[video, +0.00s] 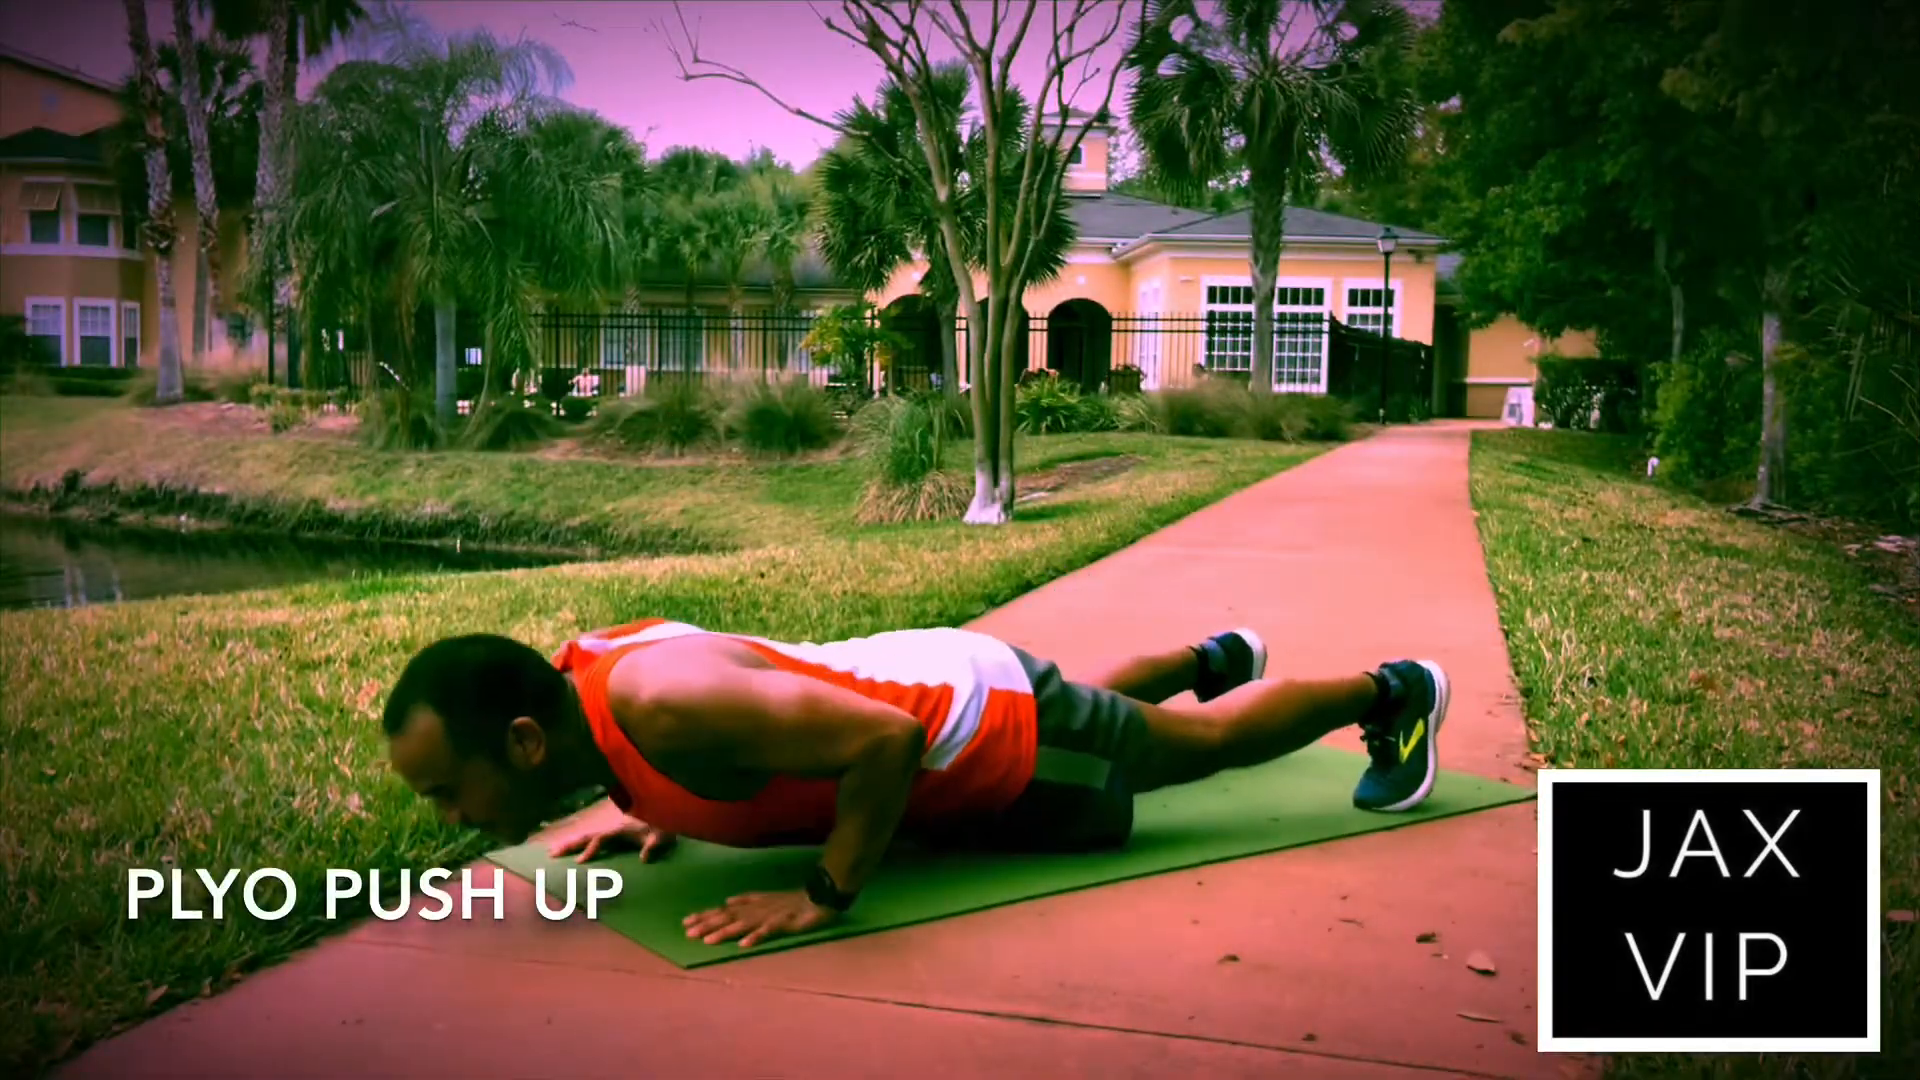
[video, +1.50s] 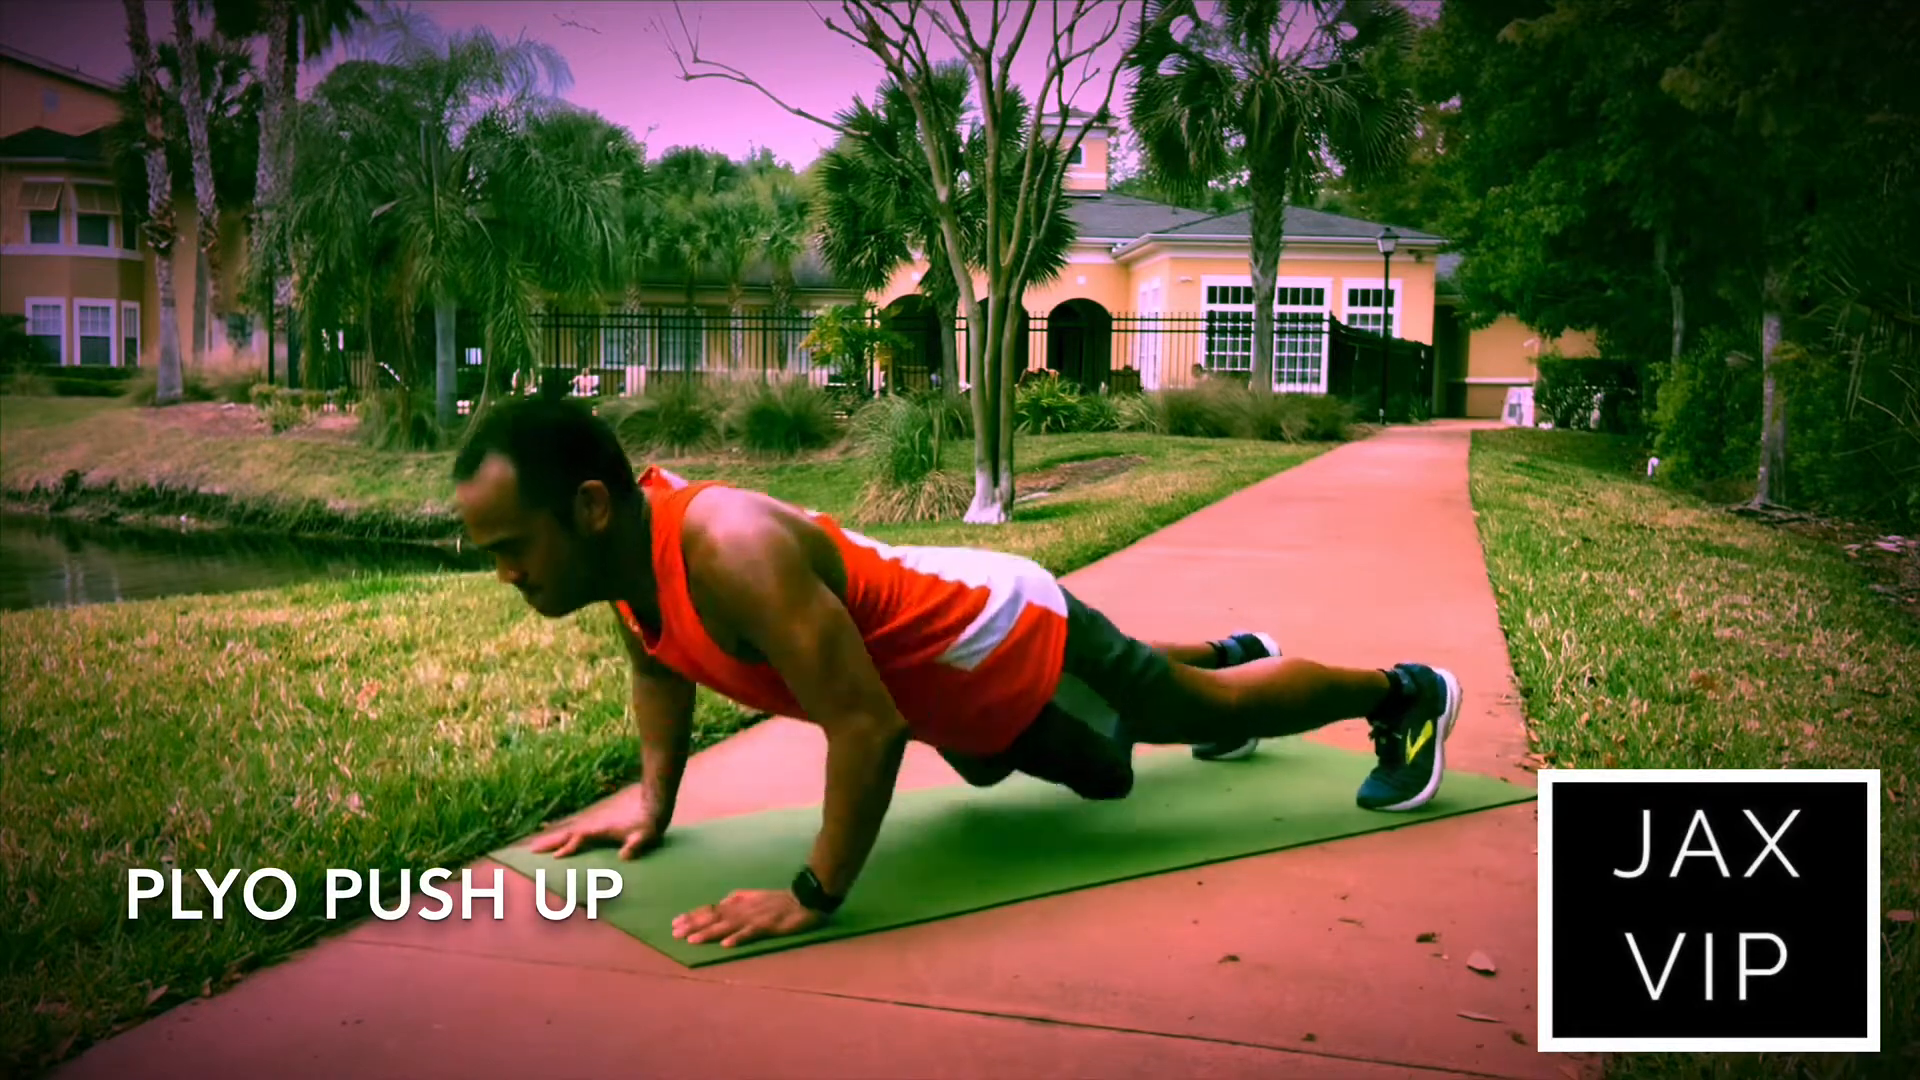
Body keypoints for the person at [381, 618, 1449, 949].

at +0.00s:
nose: (441, 817)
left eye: (446, 793)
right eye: (427, 797)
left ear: (524, 741)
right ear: (516, 732)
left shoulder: (677, 712)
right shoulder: (578, 672)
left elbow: (885, 743)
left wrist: (824, 898)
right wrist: (656, 818)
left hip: (1001, 729)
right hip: (923, 671)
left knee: (1203, 736)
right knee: (1061, 692)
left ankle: (1391, 690)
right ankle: (1209, 659)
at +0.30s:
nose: (529, 508)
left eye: (537, 482)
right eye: (516, 487)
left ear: (621, 447)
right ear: (592, 457)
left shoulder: (759, 503)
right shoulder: (644, 527)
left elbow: (856, 705)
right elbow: (670, 665)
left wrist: (826, 889)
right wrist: (664, 808)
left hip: (1041, 593)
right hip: (967, 647)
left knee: (1214, 683)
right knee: (1115, 699)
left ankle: (1410, 695)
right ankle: (1235, 697)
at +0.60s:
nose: (591, 442)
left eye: (590, 413)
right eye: (573, 420)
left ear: (662, 360)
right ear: (653, 360)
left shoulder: (839, 373)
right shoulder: (716, 396)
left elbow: (977, 534)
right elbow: (750, 491)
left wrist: (841, 641)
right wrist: (686, 594)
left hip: (1068, 537)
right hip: (986, 572)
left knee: (1236, 637)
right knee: (1122, 653)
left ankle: (1420, 696)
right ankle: (1253, 675)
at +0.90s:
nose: (474, 748)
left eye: (472, 726)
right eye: (457, 732)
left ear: (543, 666)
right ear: (529, 657)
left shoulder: (706, 634)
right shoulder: (599, 617)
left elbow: (892, 745)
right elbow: (673, 685)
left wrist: (821, 900)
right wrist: (652, 800)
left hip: (1018, 687)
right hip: (950, 649)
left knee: (1205, 719)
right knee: (1094, 675)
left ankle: (1394, 693)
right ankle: (1218, 651)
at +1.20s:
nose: (440, 844)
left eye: (443, 820)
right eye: (424, 824)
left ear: (518, 765)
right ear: (508, 750)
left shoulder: (660, 733)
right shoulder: (567, 698)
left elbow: (872, 745)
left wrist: (810, 897)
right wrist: (616, 819)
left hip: (992, 749)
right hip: (918, 700)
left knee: (1194, 753)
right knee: (1068, 716)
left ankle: (1383, 693)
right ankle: (1208, 662)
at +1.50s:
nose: (498, 575)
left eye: (504, 546)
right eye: (485, 554)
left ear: (592, 504)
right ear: (573, 514)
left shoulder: (734, 547)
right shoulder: (628, 564)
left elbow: (865, 725)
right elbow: (661, 669)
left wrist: (814, 897)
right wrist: (653, 800)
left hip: (1025, 639)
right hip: (954, 671)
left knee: (1211, 710)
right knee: (1106, 710)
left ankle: (1403, 692)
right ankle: (1229, 661)